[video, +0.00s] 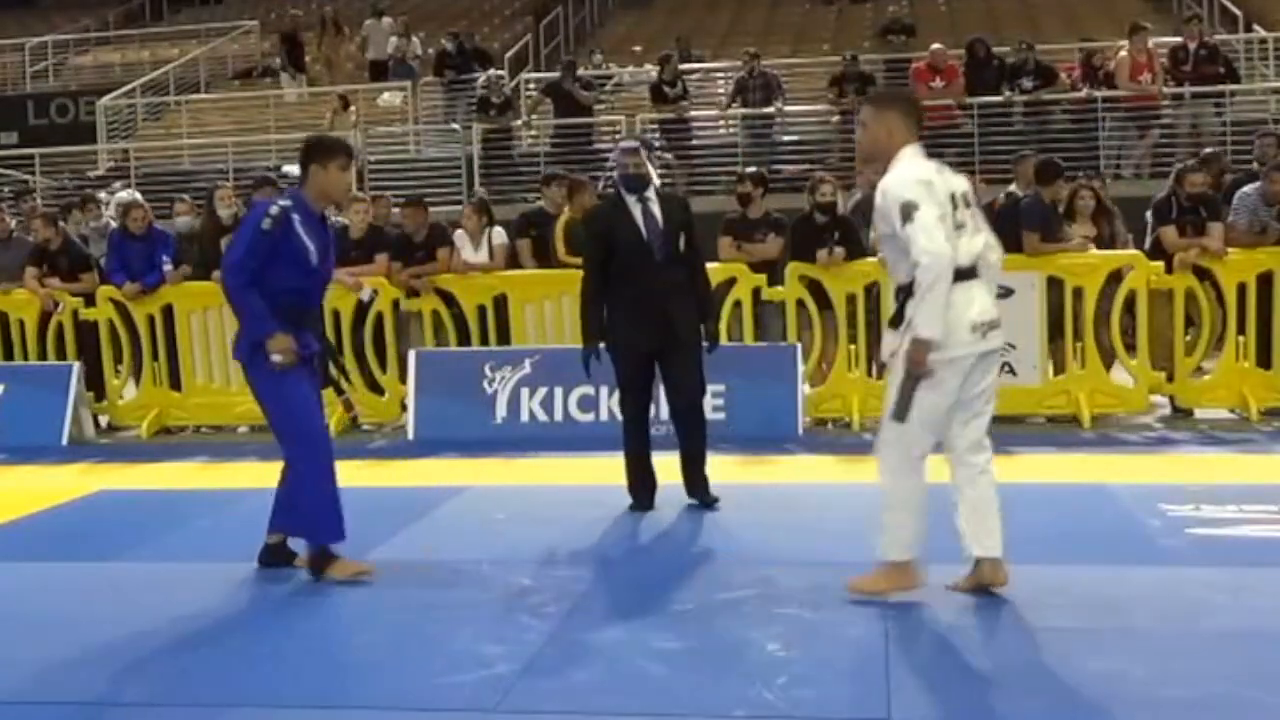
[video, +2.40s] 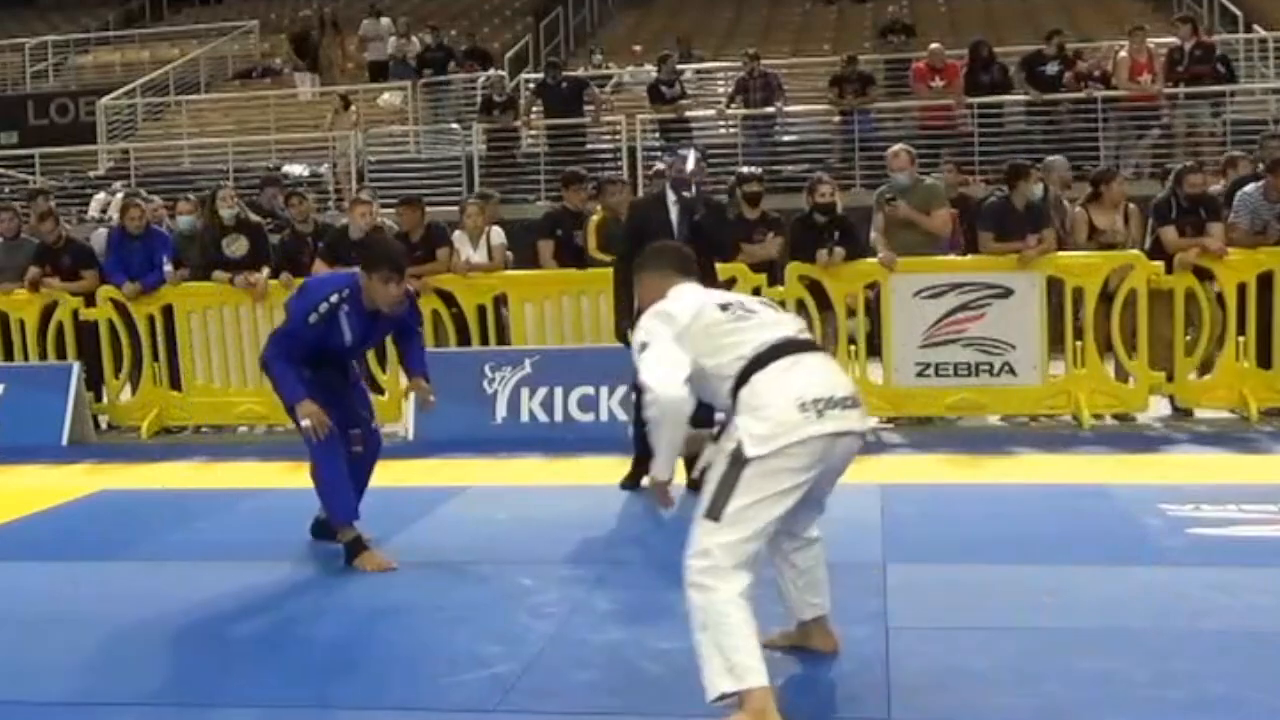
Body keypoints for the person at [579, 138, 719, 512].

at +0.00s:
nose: (634, 168)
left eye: (639, 162)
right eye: (626, 163)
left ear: (650, 165)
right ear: (615, 169)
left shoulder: (675, 205)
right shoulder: (601, 215)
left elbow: (696, 265)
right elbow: (593, 278)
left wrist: (708, 317)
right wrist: (591, 336)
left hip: (679, 325)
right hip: (629, 329)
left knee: (690, 408)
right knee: (635, 414)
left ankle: (698, 486)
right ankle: (641, 492)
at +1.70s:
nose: (636, 175)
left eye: (643, 169)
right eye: (630, 168)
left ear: (654, 173)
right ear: (619, 172)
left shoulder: (674, 210)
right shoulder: (602, 216)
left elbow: (693, 261)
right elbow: (592, 273)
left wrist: (679, 296)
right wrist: (591, 323)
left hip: (670, 318)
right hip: (625, 321)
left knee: (680, 399)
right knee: (633, 402)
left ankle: (690, 477)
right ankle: (638, 473)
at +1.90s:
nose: (645, 175)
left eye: (652, 169)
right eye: (639, 168)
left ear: (662, 174)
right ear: (626, 170)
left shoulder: (675, 209)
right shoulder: (604, 215)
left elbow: (698, 259)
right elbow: (593, 273)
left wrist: (676, 238)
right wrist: (593, 325)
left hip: (673, 317)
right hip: (627, 320)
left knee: (685, 398)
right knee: (635, 401)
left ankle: (697, 475)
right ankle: (639, 473)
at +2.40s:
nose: (685, 180)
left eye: (692, 173)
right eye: (679, 173)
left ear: (701, 175)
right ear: (666, 172)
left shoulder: (711, 209)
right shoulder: (643, 210)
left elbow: (727, 250)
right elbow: (625, 265)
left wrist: (699, 207)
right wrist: (624, 316)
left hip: (703, 306)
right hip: (653, 308)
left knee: (703, 393)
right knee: (647, 390)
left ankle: (699, 467)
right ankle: (642, 461)